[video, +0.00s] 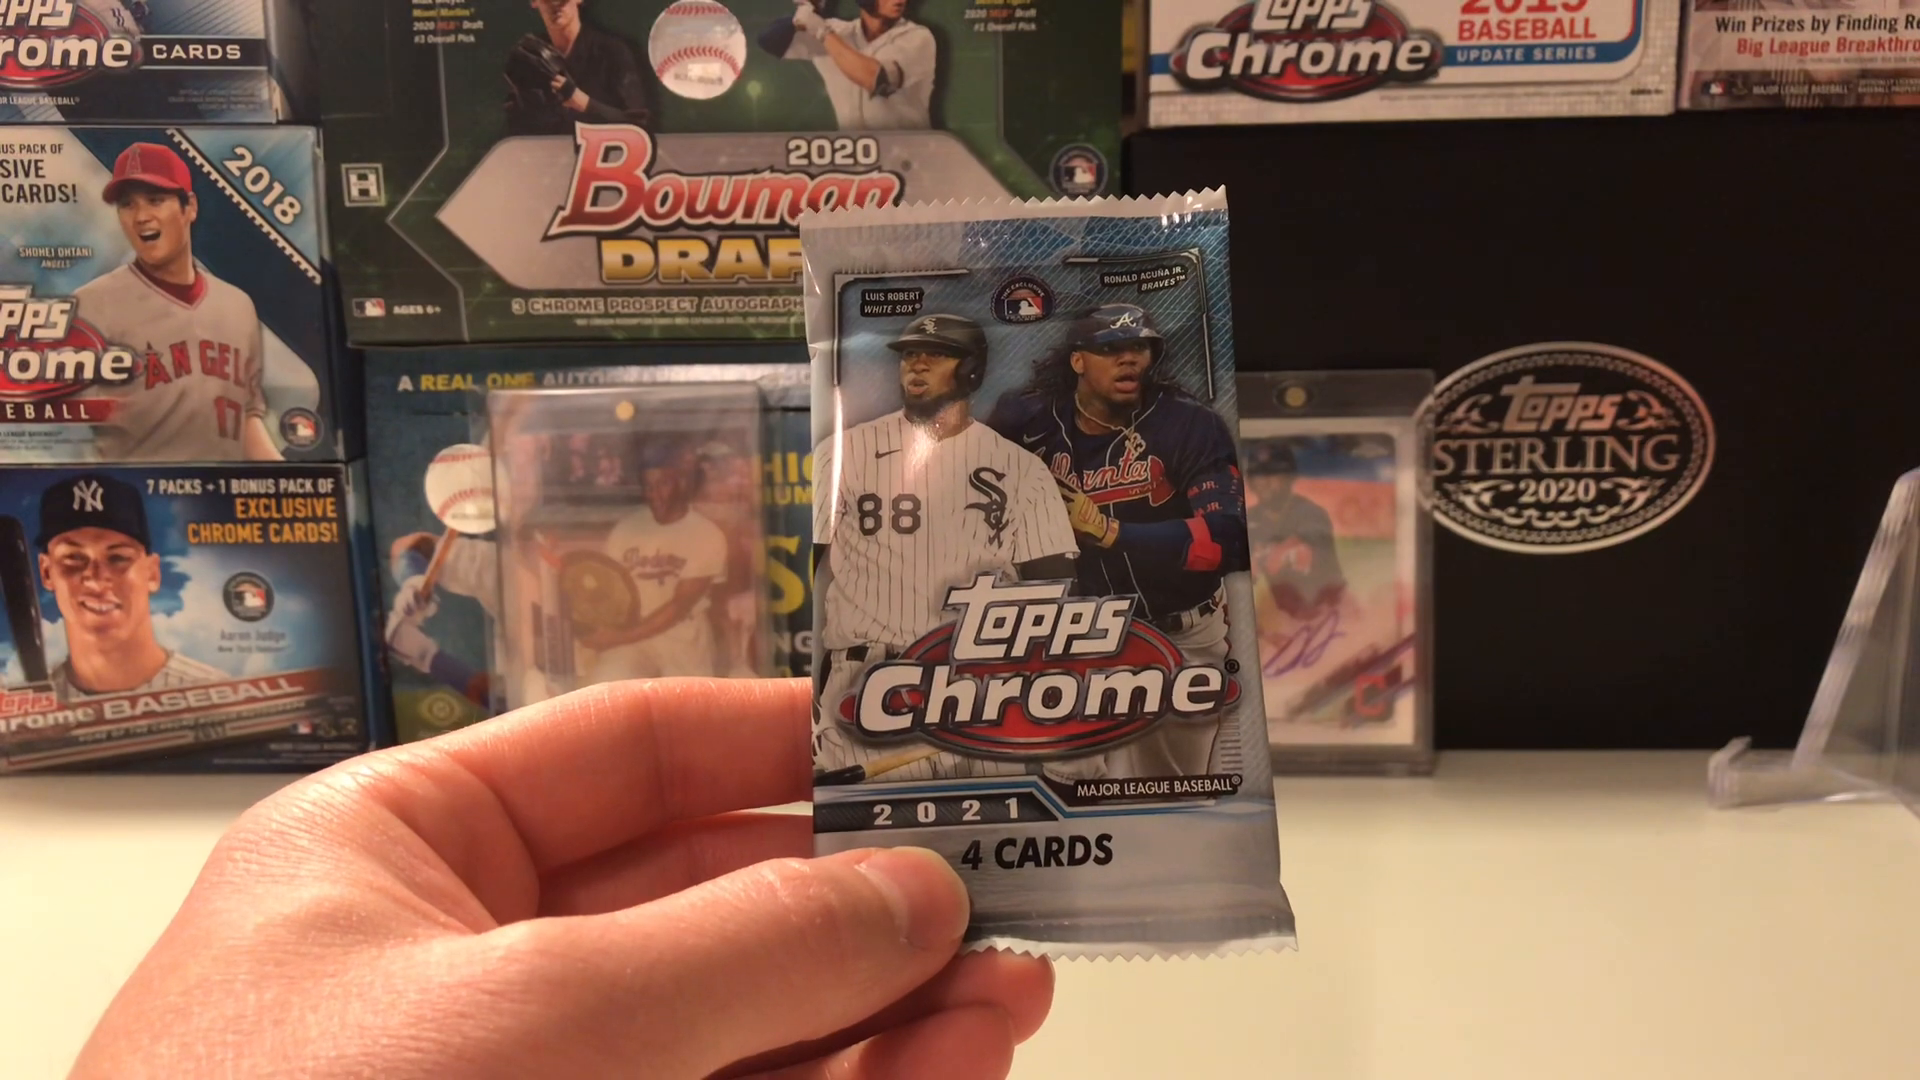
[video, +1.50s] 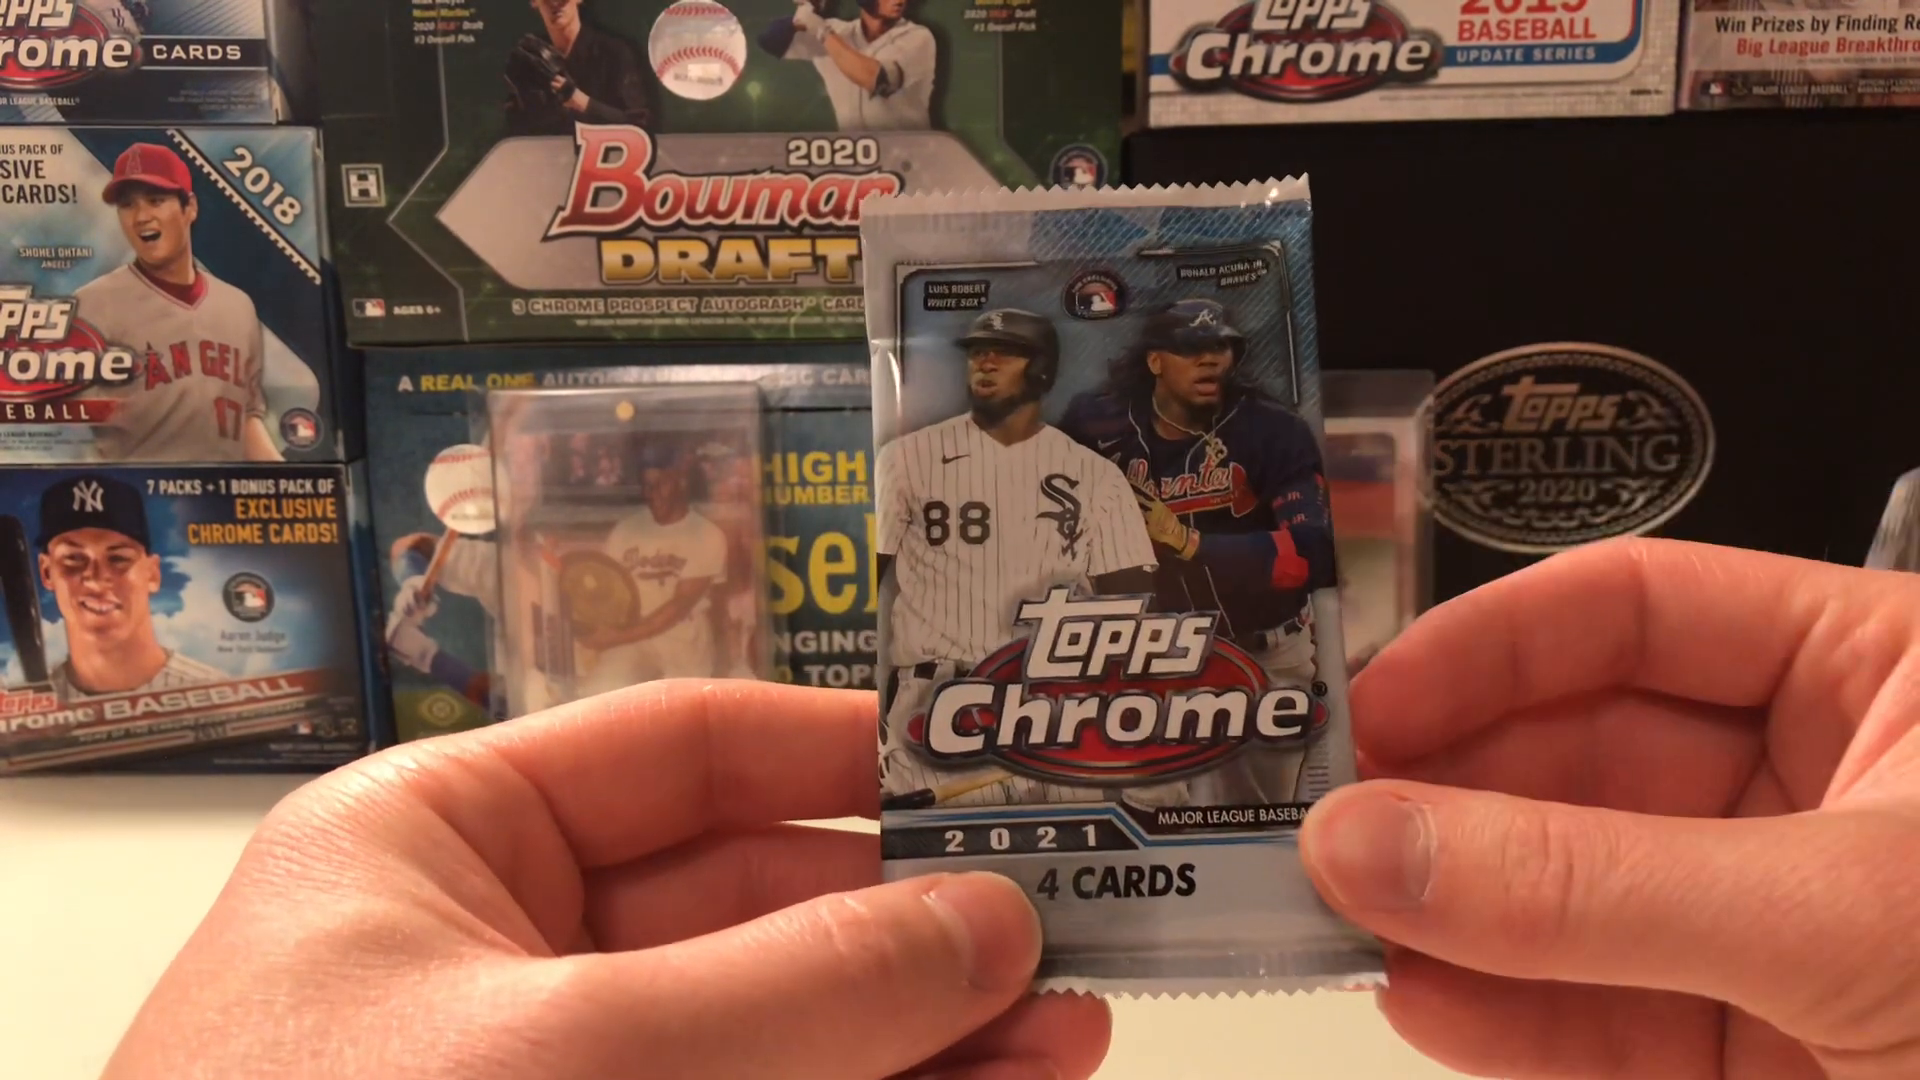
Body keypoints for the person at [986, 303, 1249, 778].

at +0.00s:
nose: (1131, 359)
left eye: (1139, 347)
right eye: (1113, 349)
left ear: (1153, 356)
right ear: (1078, 361)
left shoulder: (1191, 427)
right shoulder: (1024, 421)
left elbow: (1224, 539)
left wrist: (1112, 532)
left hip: (1182, 632)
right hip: (1072, 635)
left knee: (1176, 799)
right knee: (1075, 795)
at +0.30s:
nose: (1137, 364)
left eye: (1145, 352)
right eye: (1119, 354)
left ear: (1158, 361)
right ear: (1083, 365)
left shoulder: (1197, 432)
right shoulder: (1030, 426)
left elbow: (1232, 544)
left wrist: (1117, 536)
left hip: (1187, 636)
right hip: (1076, 638)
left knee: (1180, 807)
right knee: (1080, 800)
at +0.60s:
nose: (1153, 366)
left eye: (1161, 354)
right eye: (1135, 355)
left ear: (1174, 363)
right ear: (1099, 367)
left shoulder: (1213, 435)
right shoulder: (1046, 428)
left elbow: (1248, 548)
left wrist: (1133, 539)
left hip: (1204, 641)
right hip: (1093, 644)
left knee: (1198, 809)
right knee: (1097, 806)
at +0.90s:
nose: (1178, 369)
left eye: (1187, 356)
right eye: (1160, 358)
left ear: (1199, 364)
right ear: (1124, 370)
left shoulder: (1240, 437)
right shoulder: (1074, 433)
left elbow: (1277, 552)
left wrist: (1162, 543)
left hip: (1237, 641)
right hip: (1126, 644)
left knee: (1234, 806)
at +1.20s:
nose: (1191, 372)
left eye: (1199, 360)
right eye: (1172, 361)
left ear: (1212, 369)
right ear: (1137, 374)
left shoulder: (1253, 443)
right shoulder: (1086, 437)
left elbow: (1287, 557)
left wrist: (1172, 546)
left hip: (1249, 648)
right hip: (1136, 651)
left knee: (1247, 814)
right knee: (1139, 812)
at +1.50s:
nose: (1213, 361)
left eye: (1221, 347)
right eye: (1194, 349)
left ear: (1234, 355)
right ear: (1155, 362)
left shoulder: (1274, 433)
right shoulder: (1097, 424)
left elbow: (1312, 557)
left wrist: (1191, 543)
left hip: (1264, 646)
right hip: (1143, 649)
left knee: (1265, 815)